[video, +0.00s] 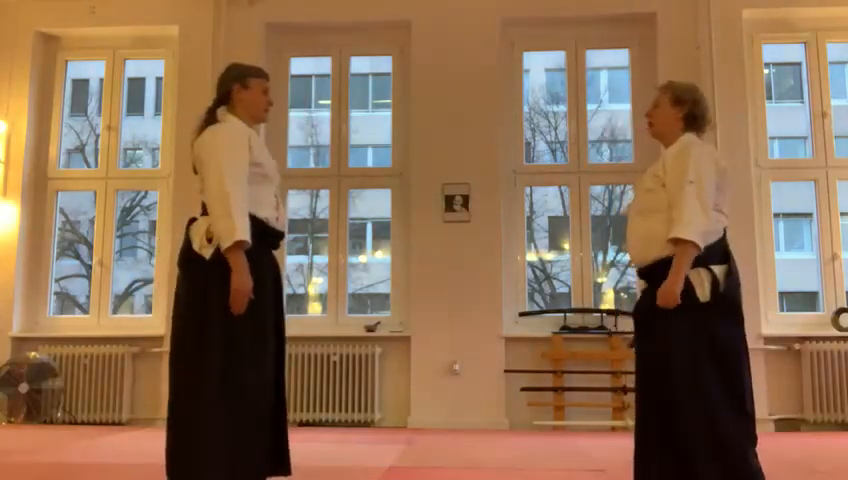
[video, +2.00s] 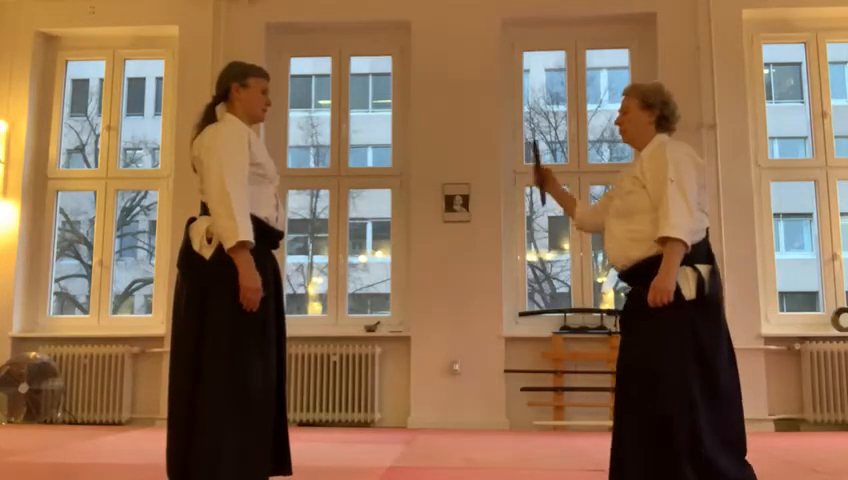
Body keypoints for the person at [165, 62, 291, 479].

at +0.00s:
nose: (270, 99)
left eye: (269, 92)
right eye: (263, 92)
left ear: (246, 96)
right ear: (237, 94)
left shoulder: (246, 136)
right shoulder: (225, 134)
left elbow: (245, 201)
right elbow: (223, 197)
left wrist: (264, 256)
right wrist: (238, 263)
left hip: (248, 256)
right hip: (227, 259)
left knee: (246, 368)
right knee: (229, 368)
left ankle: (241, 463)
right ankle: (225, 466)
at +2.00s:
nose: (268, 101)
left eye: (269, 94)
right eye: (262, 93)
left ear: (242, 96)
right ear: (235, 93)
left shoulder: (238, 134)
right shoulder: (226, 132)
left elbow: (234, 198)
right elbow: (224, 197)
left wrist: (258, 257)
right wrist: (245, 262)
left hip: (237, 257)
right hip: (229, 260)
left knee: (239, 368)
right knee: (232, 368)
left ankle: (236, 464)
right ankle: (230, 466)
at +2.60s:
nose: (274, 103)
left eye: (275, 95)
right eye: (268, 93)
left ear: (245, 95)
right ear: (241, 91)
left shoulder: (240, 133)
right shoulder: (236, 134)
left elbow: (278, 183)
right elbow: (270, 184)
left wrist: (341, 186)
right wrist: (336, 190)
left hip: (226, 254)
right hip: (231, 257)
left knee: (227, 364)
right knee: (235, 364)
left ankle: (221, 465)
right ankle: (232, 466)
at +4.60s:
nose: (145, 117)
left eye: (147, 110)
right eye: (139, 108)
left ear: (139, 116)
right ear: (110, 107)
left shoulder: (139, 170)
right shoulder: (77, 156)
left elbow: (145, 231)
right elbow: (77, 222)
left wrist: (156, 287)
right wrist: (125, 268)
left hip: (124, 278)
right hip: (74, 274)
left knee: (132, 381)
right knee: (70, 381)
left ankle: (130, 469)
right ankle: (64, 469)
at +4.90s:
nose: (124, 111)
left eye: (125, 105)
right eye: (117, 103)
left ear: (112, 111)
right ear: (89, 103)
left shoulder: (120, 166)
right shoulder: (60, 148)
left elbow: (124, 225)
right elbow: (57, 211)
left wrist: (128, 263)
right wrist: (97, 265)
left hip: (109, 273)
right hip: (57, 269)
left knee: (120, 378)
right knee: (53, 378)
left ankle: (114, 469)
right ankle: (50, 469)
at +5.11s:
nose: (137, 114)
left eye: (138, 107)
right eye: (129, 105)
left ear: (126, 113)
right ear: (102, 107)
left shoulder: (126, 164)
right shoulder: (76, 152)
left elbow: (124, 224)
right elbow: (77, 215)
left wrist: (138, 258)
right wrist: (124, 267)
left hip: (118, 277)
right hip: (73, 275)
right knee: (64, 378)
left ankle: (129, 467)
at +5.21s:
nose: (157, 118)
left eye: (157, 110)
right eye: (149, 109)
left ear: (138, 115)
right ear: (120, 110)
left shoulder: (139, 166)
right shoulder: (96, 154)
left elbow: (134, 228)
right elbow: (110, 214)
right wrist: (169, 250)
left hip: (129, 278)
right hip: (89, 274)